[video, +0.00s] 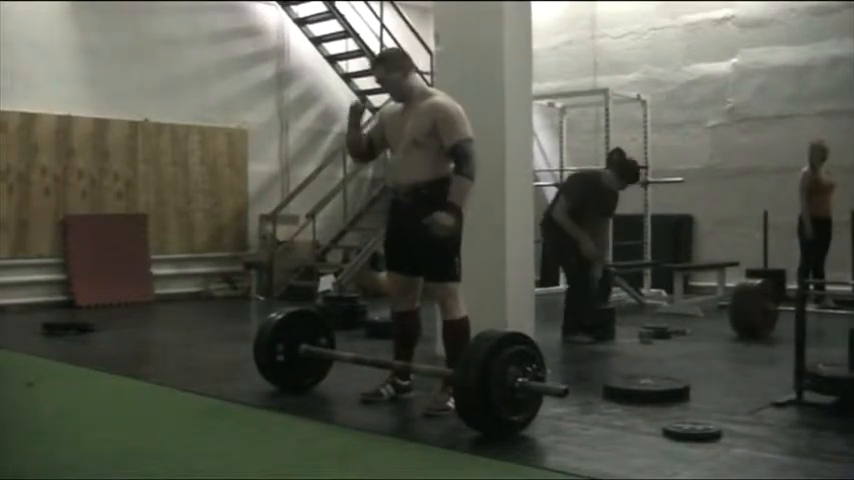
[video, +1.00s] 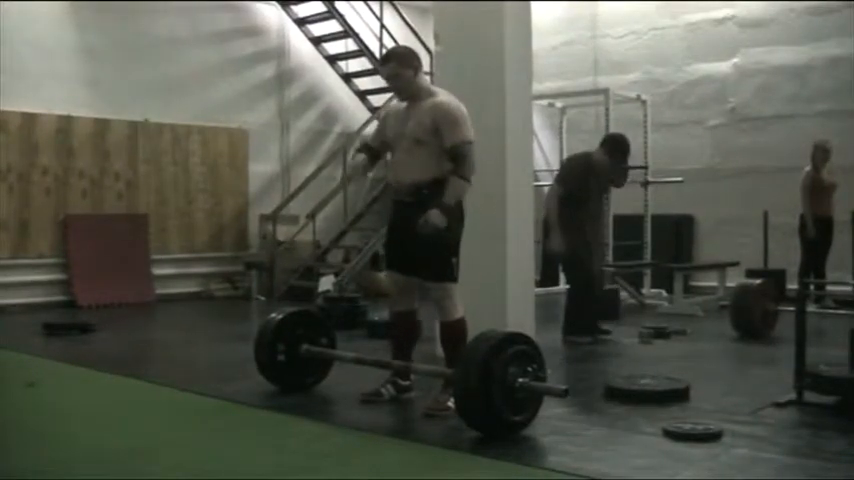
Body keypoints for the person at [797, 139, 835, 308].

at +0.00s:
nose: (819, 159)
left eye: (821, 155)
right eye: (816, 155)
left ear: (825, 157)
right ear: (810, 156)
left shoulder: (824, 175)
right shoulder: (807, 175)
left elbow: (824, 200)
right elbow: (804, 202)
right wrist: (807, 224)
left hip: (823, 220)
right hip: (810, 220)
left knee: (819, 259)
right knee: (807, 258)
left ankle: (820, 293)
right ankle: (803, 293)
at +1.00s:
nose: (824, 159)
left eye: (826, 155)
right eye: (821, 155)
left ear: (828, 157)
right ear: (814, 155)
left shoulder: (823, 175)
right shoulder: (809, 175)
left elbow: (824, 200)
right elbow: (806, 202)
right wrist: (809, 224)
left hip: (825, 220)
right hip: (811, 220)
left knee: (820, 259)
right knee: (808, 259)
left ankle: (820, 293)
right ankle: (803, 293)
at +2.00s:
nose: (822, 160)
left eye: (825, 157)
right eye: (819, 156)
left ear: (827, 159)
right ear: (813, 156)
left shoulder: (823, 175)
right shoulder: (809, 174)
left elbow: (823, 200)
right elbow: (805, 201)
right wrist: (808, 223)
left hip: (824, 220)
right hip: (811, 220)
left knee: (819, 259)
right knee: (808, 258)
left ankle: (820, 294)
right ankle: (802, 293)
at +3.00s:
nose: (819, 159)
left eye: (822, 156)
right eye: (817, 155)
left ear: (825, 157)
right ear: (810, 156)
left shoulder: (823, 173)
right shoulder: (806, 173)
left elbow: (821, 197)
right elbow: (802, 200)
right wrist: (806, 224)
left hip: (821, 219)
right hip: (808, 219)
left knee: (817, 259)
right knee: (805, 259)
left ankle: (818, 294)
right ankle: (800, 294)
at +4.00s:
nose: (825, 157)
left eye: (826, 154)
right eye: (822, 154)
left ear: (828, 156)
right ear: (814, 154)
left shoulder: (826, 174)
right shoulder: (809, 174)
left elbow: (824, 198)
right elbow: (803, 199)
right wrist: (806, 223)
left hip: (822, 219)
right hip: (808, 219)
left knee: (818, 258)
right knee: (806, 258)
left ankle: (819, 293)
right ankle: (802, 292)